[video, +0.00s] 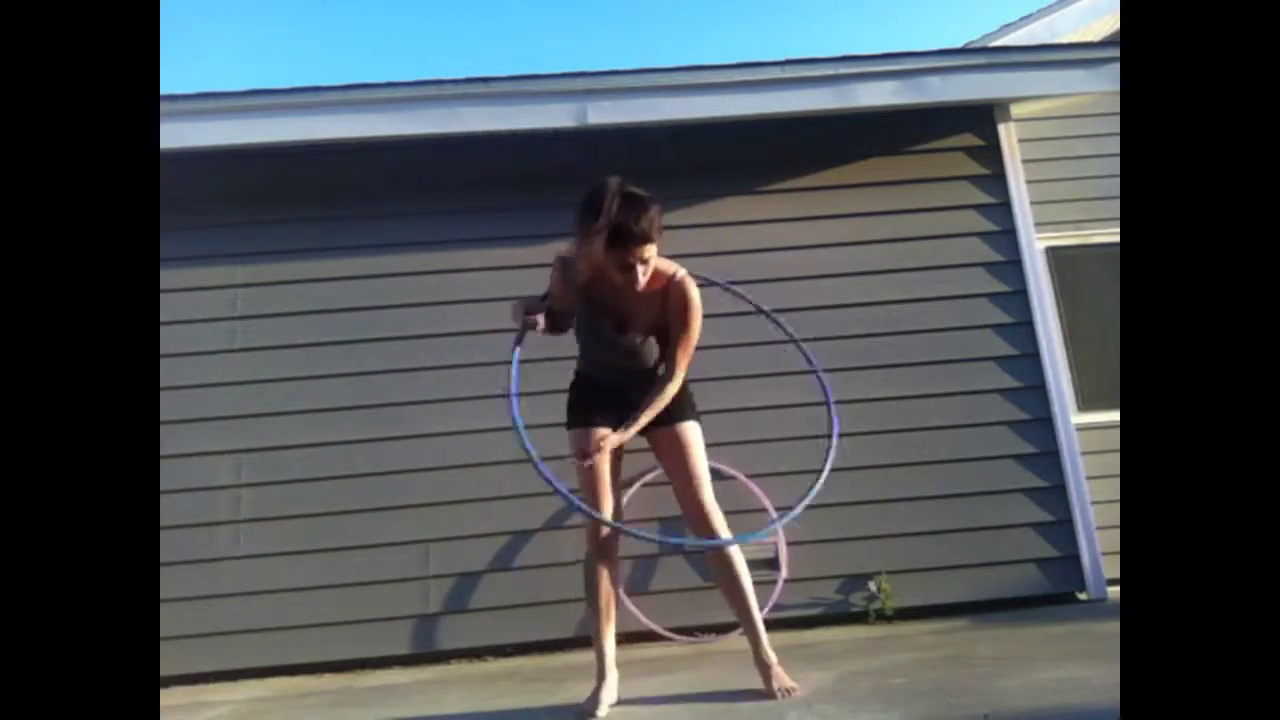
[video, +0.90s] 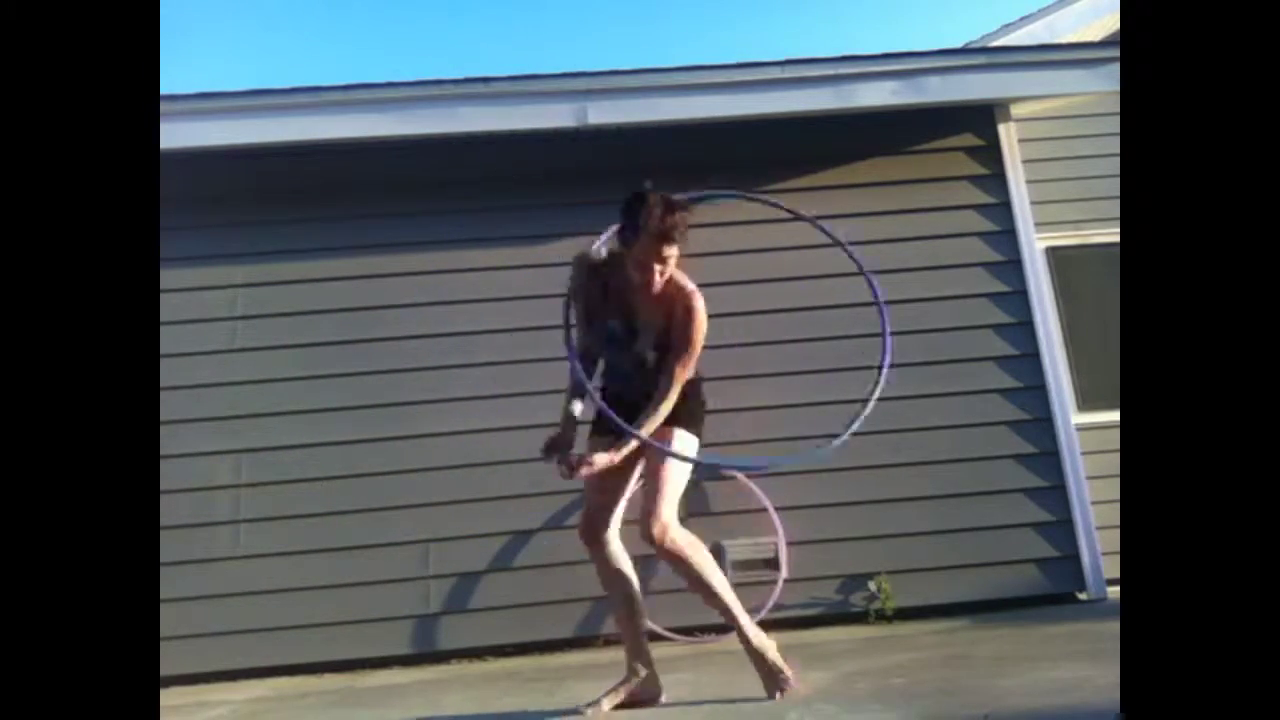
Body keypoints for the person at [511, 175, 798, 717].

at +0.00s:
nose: (640, 272)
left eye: (648, 260)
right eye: (628, 263)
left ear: (660, 244)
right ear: (603, 247)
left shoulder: (680, 290)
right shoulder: (575, 267)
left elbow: (674, 378)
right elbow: (559, 320)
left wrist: (626, 432)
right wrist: (535, 316)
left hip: (661, 387)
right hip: (596, 390)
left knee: (705, 515)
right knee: (602, 532)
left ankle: (765, 655)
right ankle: (606, 676)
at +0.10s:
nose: (656, 273)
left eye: (664, 261)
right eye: (645, 264)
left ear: (676, 245)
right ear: (620, 253)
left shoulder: (698, 283)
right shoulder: (588, 290)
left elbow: (700, 362)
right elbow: (576, 355)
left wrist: (681, 425)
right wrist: (585, 367)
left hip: (679, 383)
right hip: (612, 385)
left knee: (721, 516)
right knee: (613, 527)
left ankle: (766, 657)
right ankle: (608, 676)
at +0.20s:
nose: (676, 272)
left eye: (685, 259)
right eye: (664, 263)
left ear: (700, 245)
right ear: (639, 252)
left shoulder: (720, 274)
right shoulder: (611, 293)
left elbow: (716, 328)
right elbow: (613, 371)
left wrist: (735, 373)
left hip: (694, 381)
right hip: (630, 387)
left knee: (733, 521)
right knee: (627, 529)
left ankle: (768, 659)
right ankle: (611, 675)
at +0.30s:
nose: (702, 271)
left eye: (708, 260)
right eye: (691, 263)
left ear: (719, 245)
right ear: (667, 252)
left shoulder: (730, 262)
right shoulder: (633, 294)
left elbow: (725, 313)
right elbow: (637, 375)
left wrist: (757, 315)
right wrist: (685, 432)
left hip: (706, 383)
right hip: (643, 392)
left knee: (742, 522)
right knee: (642, 530)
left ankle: (770, 660)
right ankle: (613, 673)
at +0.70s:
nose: (707, 290)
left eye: (713, 279)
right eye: (698, 280)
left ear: (722, 267)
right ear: (673, 267)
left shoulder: (739, 286)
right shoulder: (634, 311)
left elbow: (739, 345)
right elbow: (646, 395)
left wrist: (752, 366)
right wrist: (675, 458)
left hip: (710, 393)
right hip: (643, 401)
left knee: (743, 519)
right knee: (622, 533)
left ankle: (768, 660)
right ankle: (631, 671)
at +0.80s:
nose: (676, 288)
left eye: (685, 277)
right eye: (668, 277)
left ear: (699, 266)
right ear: (647, 263)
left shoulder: (723, 301)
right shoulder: (612, 300)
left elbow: (723, 378)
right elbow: (617, 386)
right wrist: (623, 457)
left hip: (699, 401)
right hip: (634, 401)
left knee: (724, 525)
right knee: (607, 527)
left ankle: (766, 658)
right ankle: (644, 674)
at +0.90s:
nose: (656, 273)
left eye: (666, 262)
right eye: (647, 262)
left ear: (679, 253)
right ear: (627, 247)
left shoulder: (686, 301)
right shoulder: (595, 274)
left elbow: (670, 390)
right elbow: (585, 355)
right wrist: (568, 425)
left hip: (674, 406)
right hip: (617, 404)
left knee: (660, 528)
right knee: (597, 531)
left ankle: (757, 644)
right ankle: (642, 673)